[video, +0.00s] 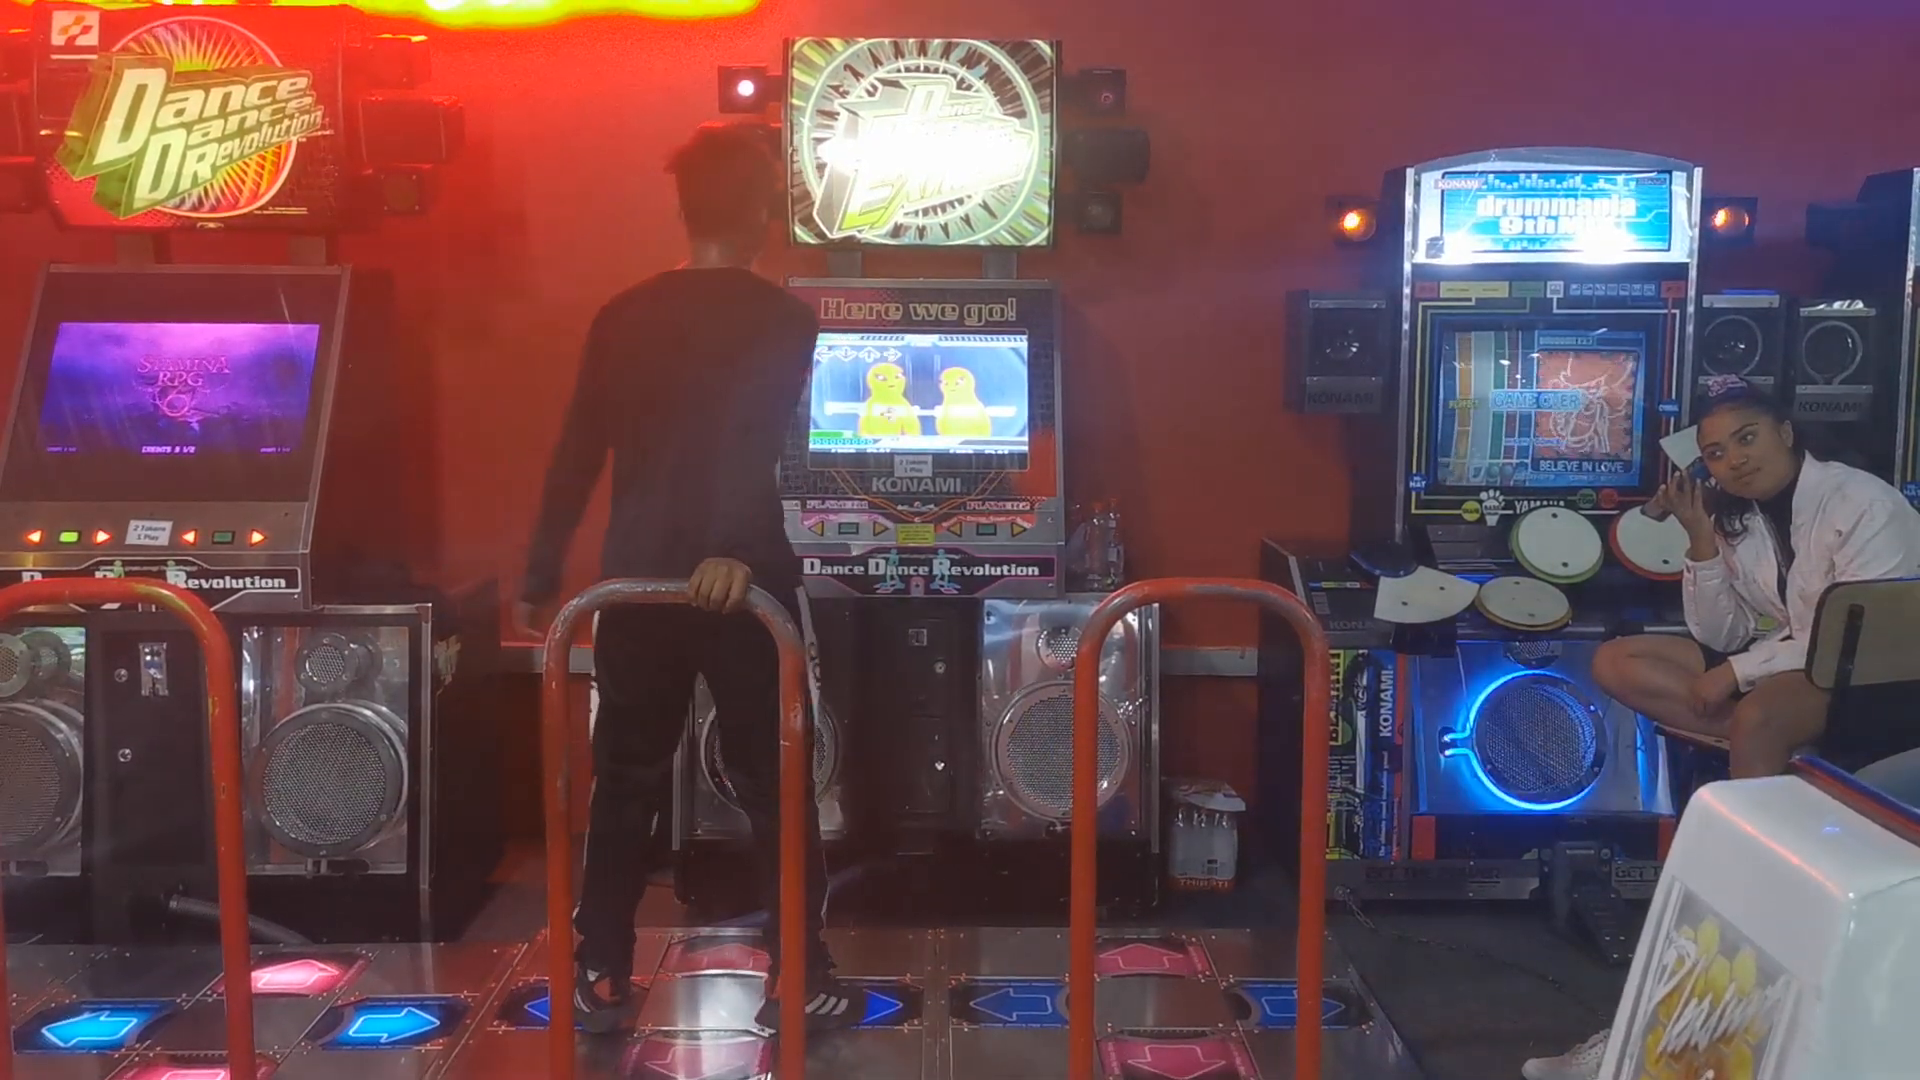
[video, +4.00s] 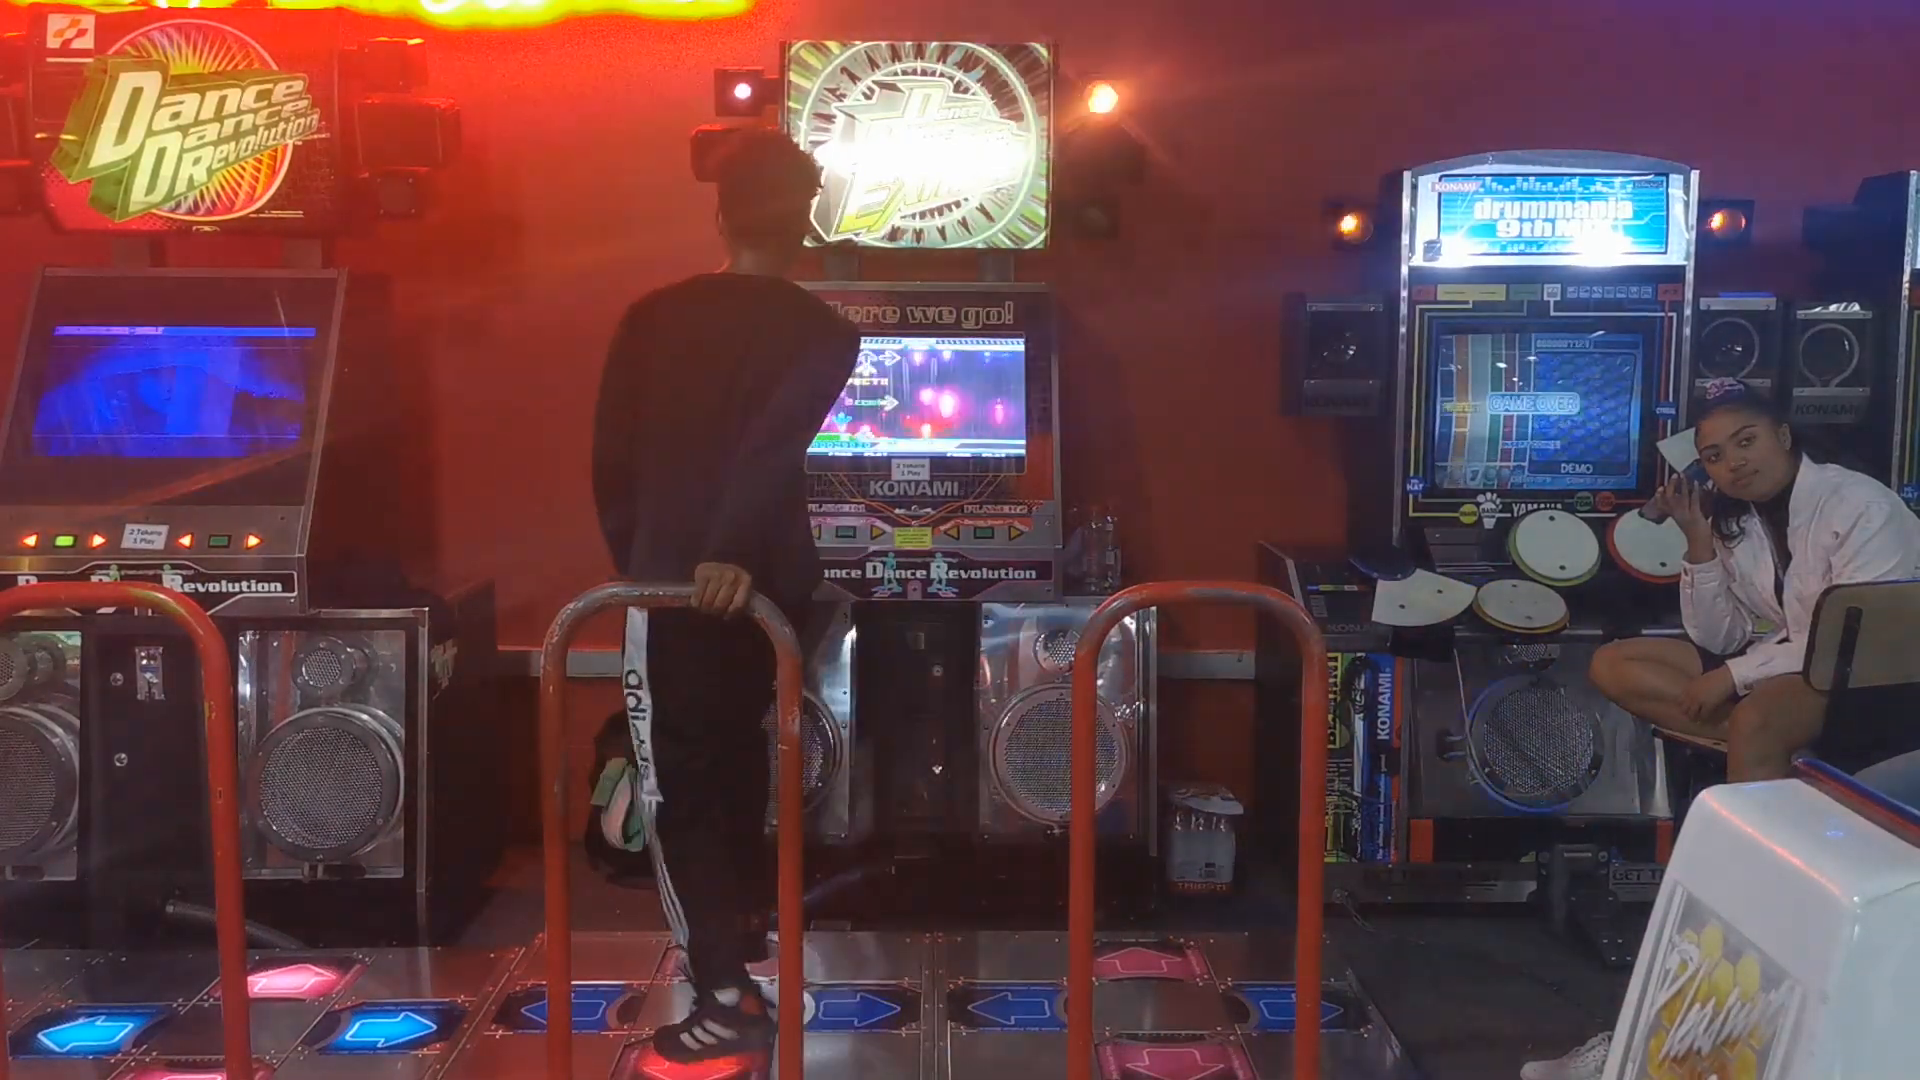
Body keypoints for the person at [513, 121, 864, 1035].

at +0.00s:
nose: (779, 220)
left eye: (774, 205)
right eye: (774, 206)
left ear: (686, 212)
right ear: (758, 215)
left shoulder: (626, 312)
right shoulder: (786, 318)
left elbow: (577, 452)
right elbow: (769, 444)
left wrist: (540, 578)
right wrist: (736, 545)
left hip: (640, 578)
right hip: (747, 582)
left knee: (625, 783)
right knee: (768, 782)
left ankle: (602, 974)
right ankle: (806, 970)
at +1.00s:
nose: (842, 230)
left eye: (834, 214)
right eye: (840, 216)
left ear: (757, 224)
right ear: (833, 228)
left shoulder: (694, 317)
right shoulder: (837, 324)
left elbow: (656, 459)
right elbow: (787, 433)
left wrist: (677, 562)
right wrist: (735, 543)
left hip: (689, 570)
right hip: (792, 572)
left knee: (664, 772)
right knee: (818, 778)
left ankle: (611, 971)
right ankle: (814, 983)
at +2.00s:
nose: (782, 240)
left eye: (778, 225)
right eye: (779, 226)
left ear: (684, 228)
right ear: (766, 233)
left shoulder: (609, 323)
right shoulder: (778, 335)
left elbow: (571, 469)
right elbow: (749, 439)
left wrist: (566, 594)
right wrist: (725, 540)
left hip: (606, 592)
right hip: (719, 595)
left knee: (607, 781)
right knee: (765, 773)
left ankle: (600, 983)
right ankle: (811, 978)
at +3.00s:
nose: (790, 235)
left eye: (780, 222)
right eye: (785, 223)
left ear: (697, 230)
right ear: (771, 230)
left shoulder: (626, 321)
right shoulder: (788, 329)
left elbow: (589, 461)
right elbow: (759, 444)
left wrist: (631, 546)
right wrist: (732, 549)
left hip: (627, 581)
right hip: (737, 582)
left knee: (620, 780)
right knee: (762, 747)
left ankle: (599, 976)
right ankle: (750, 917)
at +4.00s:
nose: (798, 229)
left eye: (767, 212)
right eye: (802, 215)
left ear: (723, 219)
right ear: (803, 221)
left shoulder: (652, 315)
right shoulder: (824, 329)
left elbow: (612, 451)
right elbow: (773, 438)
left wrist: (642, 560)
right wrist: (729, 547)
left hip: (665, 576)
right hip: (765, 576)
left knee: (680, 782)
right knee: (740, 769)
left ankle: (717, 998)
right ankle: (731, 956)